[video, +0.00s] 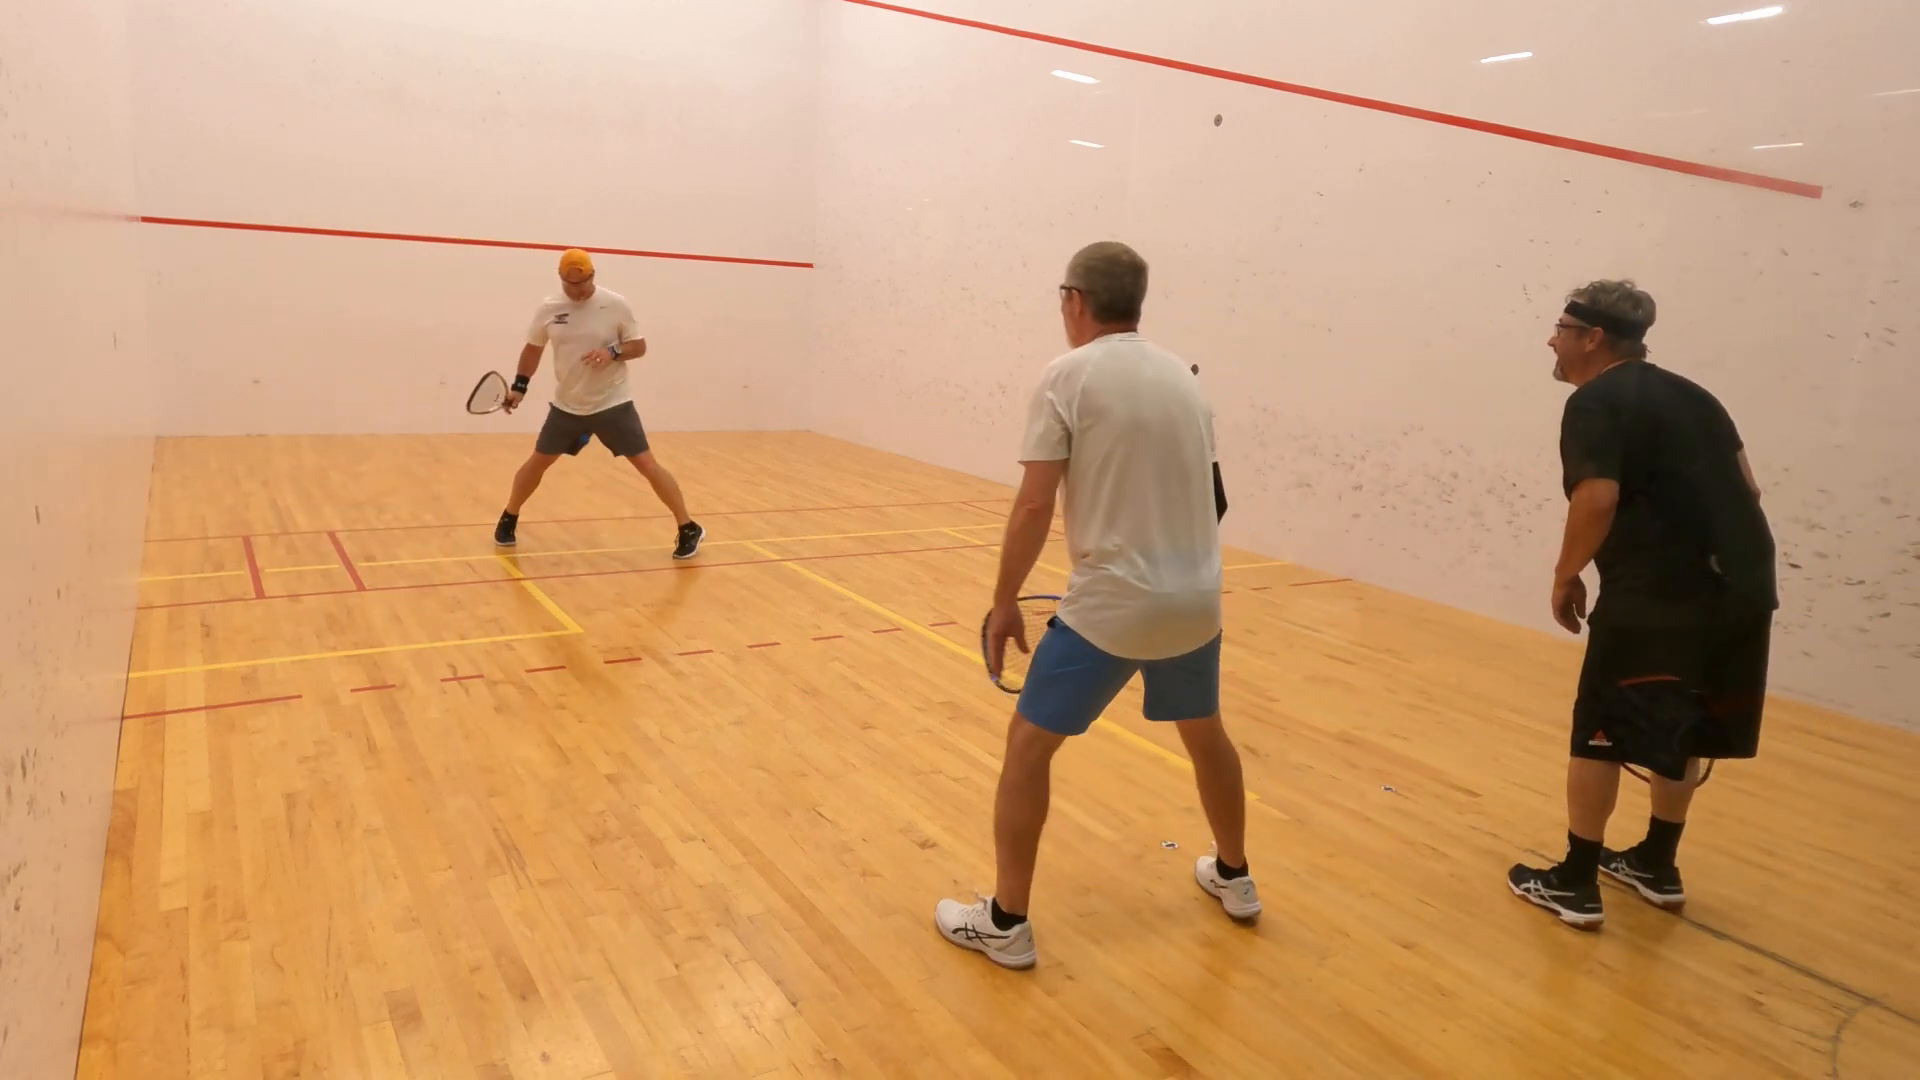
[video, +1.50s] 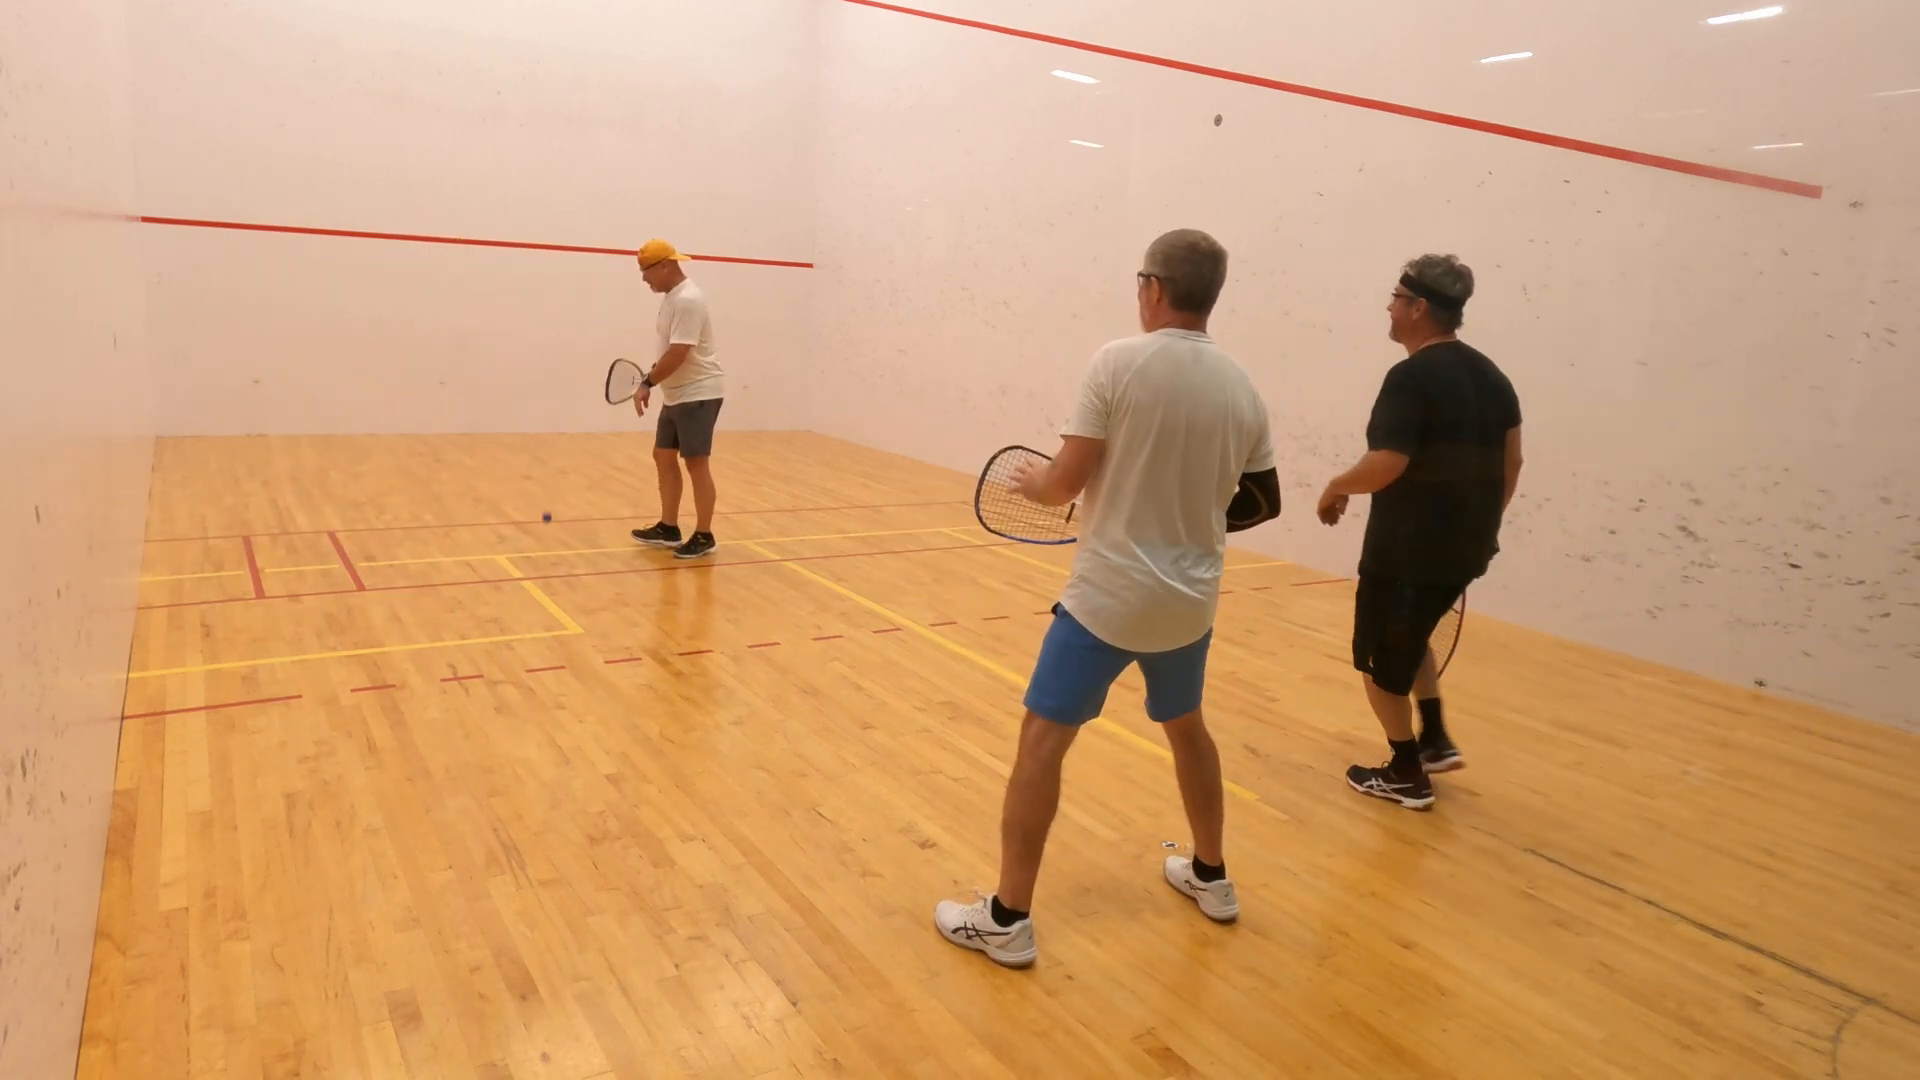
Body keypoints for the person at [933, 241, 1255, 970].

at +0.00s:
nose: (1062, 312)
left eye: (1063, 300)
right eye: (1065, 300)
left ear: (1077, 304)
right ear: (1136, 306)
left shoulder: (1067, 379)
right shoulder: (1183, 379)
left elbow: (1034, 506)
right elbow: (1211, 500)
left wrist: (1005, 599)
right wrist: (1154, 564)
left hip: (1110, 608)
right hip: (1196, 605)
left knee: (1029, 746)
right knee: (1206, 731)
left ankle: (1007, 920)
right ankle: (1235, 874)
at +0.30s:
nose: (1062, 291)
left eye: (1065, 281)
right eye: (1067, 280)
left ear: (1078, 289)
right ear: (1138, 292)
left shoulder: (1075, 372)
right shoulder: (1174, 360)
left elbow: (1035, 501)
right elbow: (1180, 480)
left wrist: (961, 513)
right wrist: (1093, 523)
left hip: (1107, 598)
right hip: (1189, 596)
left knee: (1035, 745)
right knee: (1204, 736)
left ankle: (1008, 919)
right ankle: (1217, 877)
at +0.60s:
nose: (1114, 288)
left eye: (1117, 277)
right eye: (1120, 276)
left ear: (1128, 282)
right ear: (1190, 287)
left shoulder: (1108, 362)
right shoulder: (1215, 368)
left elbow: (1053, 475)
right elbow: (1227, 483)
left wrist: (1002, 427)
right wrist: (1105, 475)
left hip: (1114, 599)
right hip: (1194, 596)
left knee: (1053, 749)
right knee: (1201, 730)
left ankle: (1009, 917)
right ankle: (1217, 876)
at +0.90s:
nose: (1122, 285)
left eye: (1125, 274)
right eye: (1130, 274)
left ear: (1136, 281)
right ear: (1196, 288)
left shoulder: (1107, 357)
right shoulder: (1220, 373)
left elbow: (1047, 470)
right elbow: (1233, 490)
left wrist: (1010, 414)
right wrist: (1146, 479)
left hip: (1098, 597)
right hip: (1182, 599)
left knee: (1047, 748)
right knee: (1197, 732)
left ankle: (1009, 917)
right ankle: (1216, 877)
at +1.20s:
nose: (1118, 287)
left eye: (1120, 276)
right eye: (1123, 275)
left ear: (1131, 281)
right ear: (1192, 287)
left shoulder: (1102, 357)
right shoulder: (1217, 373)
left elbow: (1047, 470)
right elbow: (1238, 488)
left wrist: (1007, 428)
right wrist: (1152, 494)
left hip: (1093, 594)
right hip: (1177, 598)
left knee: (1043, 745)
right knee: (1192, 729)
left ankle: (1009, 917)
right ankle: (1215, 877)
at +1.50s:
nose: (1137, 295)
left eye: (1140, 284)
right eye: (1144, 283)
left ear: (1152, 290)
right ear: (1211, 299)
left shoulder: (1121, 364)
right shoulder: (1239, 386)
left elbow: (1062, 485)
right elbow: (1261, 500)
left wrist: (1033, 481)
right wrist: (1181, 513)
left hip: (1107, 598)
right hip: (1190, 605)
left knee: (1042, 741)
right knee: (1186, 726)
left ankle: (1008, 916)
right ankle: (1210, 874)